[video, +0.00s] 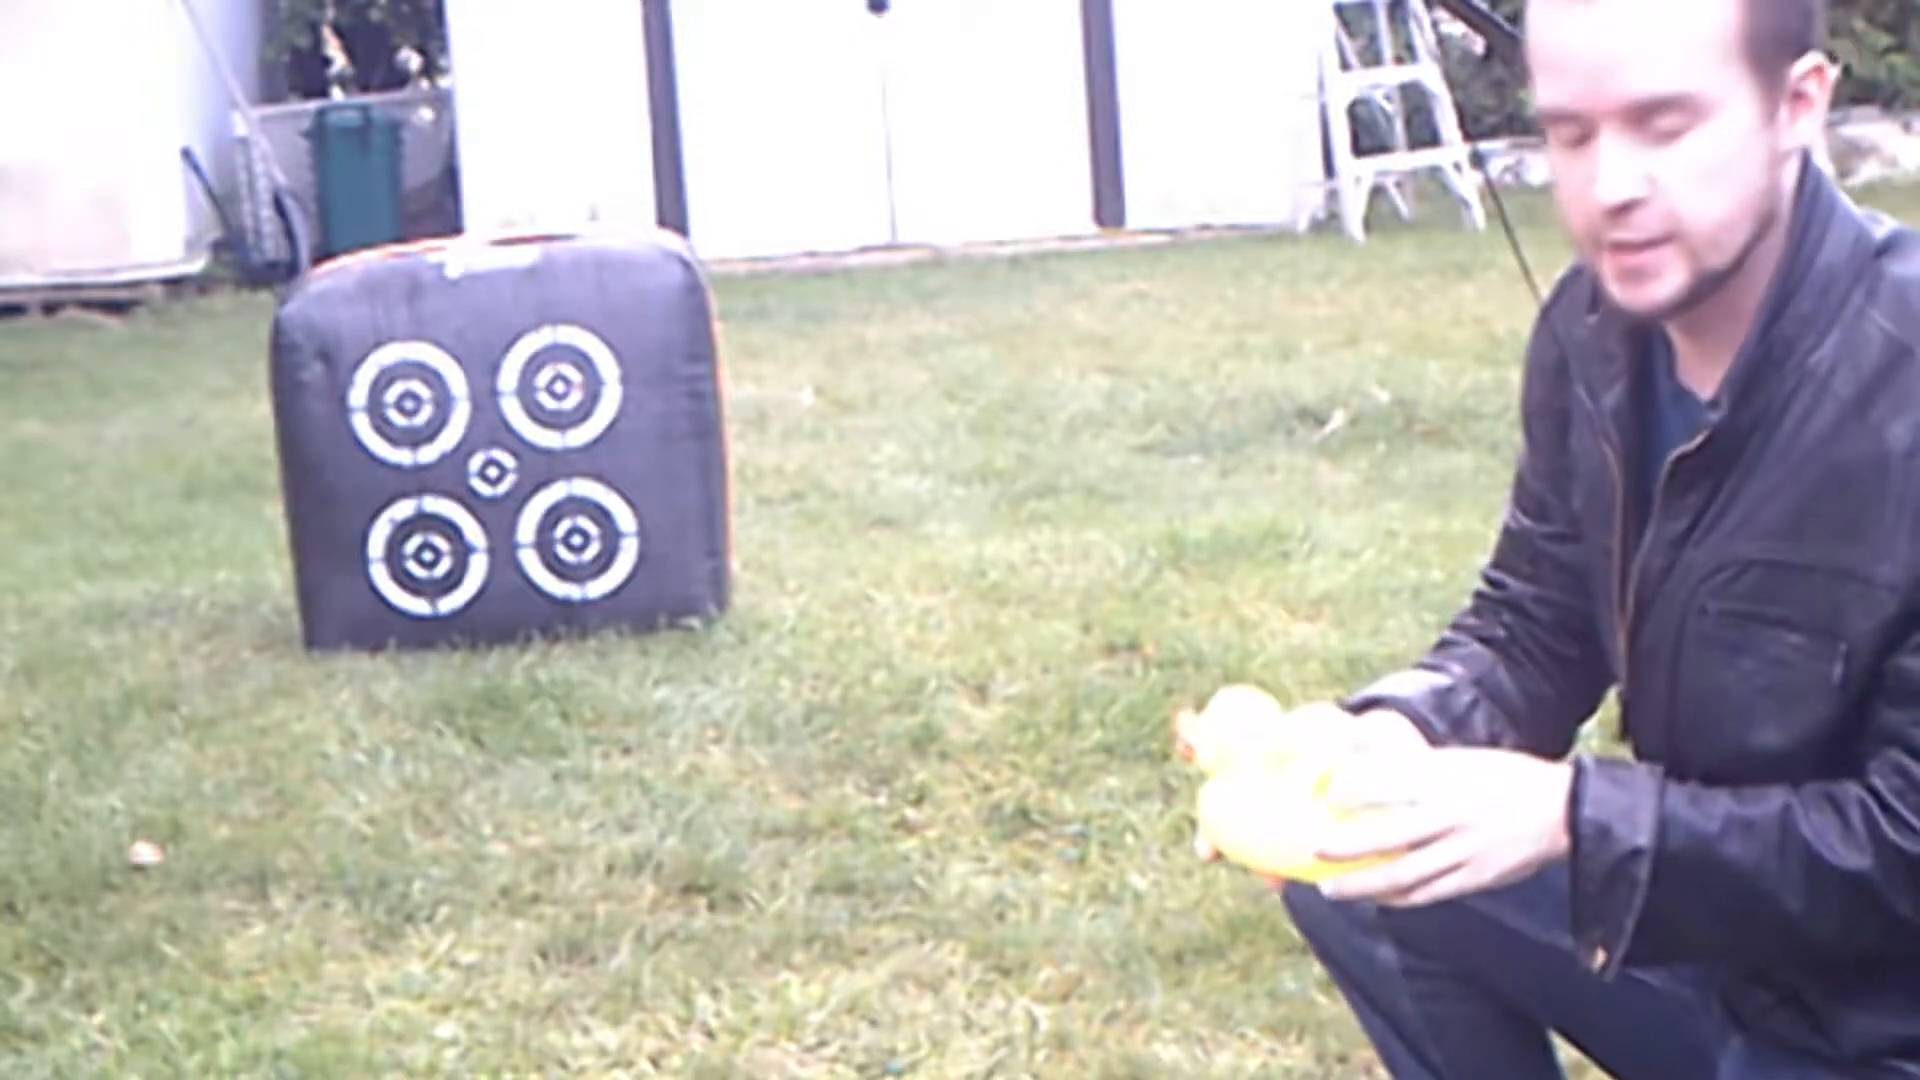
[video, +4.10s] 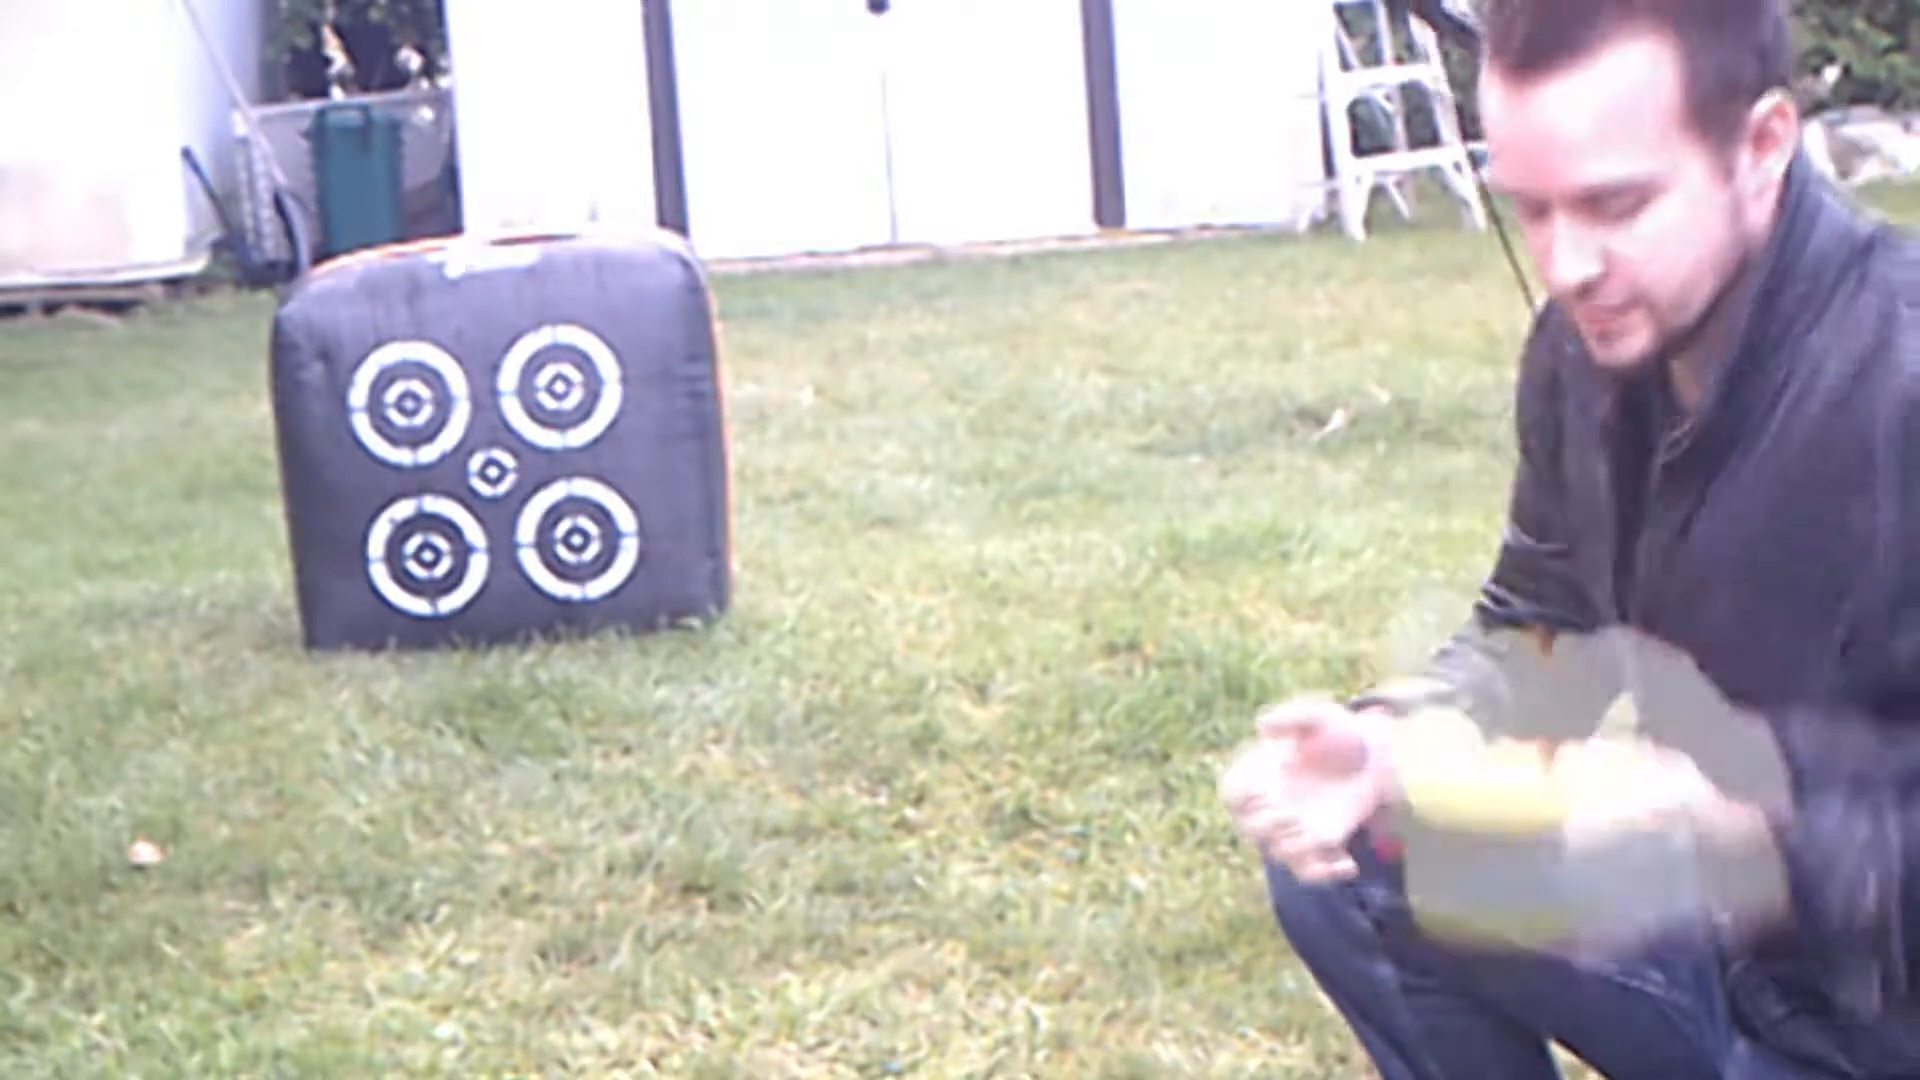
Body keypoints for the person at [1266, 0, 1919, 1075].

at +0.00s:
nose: (1610, 188)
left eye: (1665, 123)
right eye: (1570, 134)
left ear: (1799, 107)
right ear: (1540, 132)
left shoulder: (1902, 360)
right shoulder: (1590, 326)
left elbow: (1904, 839)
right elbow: (1536, 627)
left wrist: (1577, 812)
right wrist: (1391, 734)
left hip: (1871, 1040)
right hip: (1698, 954)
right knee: (1349, 866)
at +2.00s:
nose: (1618, 192)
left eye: (1669, 120)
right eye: (1567, 139)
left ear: (1789, 102)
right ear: (1529, 148)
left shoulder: (1905, 366)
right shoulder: (1579, 335)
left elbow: (1912, 842)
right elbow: (1525, 633)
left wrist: (1594, 850)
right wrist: (1390, 751)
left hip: (1881, 1040)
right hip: (1704, 972)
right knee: (1342, 884)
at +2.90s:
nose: (1602, 192)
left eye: (1653, 122)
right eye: (1555, 139)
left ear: (1779, 102)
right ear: (1520, 145)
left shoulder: (1895, 336)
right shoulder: (1579, 332)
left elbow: (1901, 780)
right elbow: (1529, 613)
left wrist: (1646, 741)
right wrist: (1401, 762)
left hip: (1869, 1019)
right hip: (1718, 929)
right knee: (1324, 853)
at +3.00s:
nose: (1607, 189)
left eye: (1657, 118)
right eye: (1559, 135)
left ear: (1783, 96)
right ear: (1522, 144)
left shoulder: (1902, 323)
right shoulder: (1579, 333)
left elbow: (1907, 682)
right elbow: (1540, 633)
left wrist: (1685, 606)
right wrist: (1409, 752)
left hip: (1884, 1028)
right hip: (1741, 931)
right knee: (1324, 842)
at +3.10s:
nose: (1613, 189)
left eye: (1664, 117)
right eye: (1564, 136)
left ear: (1787, 91)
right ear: (1527, 143)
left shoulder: (1896, 297)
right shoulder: (1601, 324)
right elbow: (1526, 630)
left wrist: (1742, 472)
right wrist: (1407, 758)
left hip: (1881, 1036)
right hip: (1762, 941)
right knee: (1325, 842)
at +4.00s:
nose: (1576, 245)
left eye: (1627, 180)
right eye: (1536, 189)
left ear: (1772, 127)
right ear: (1508, 160)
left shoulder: (1901, 319)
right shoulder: (1583, 338)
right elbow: (1537, 643)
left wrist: (1740, 598)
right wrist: (1395, 752)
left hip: (1887, 1040)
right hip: (1757, 943)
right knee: (1350, 864)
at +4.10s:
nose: (1568, 269)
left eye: (1618, 204)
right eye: (1530, 210)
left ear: (1765, 148)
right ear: (1500, 182)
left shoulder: (1895, 371)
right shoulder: (1575, 350)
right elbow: (1536, 623)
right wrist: (1388, 747)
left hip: (1866, 1031)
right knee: (1338, 869)